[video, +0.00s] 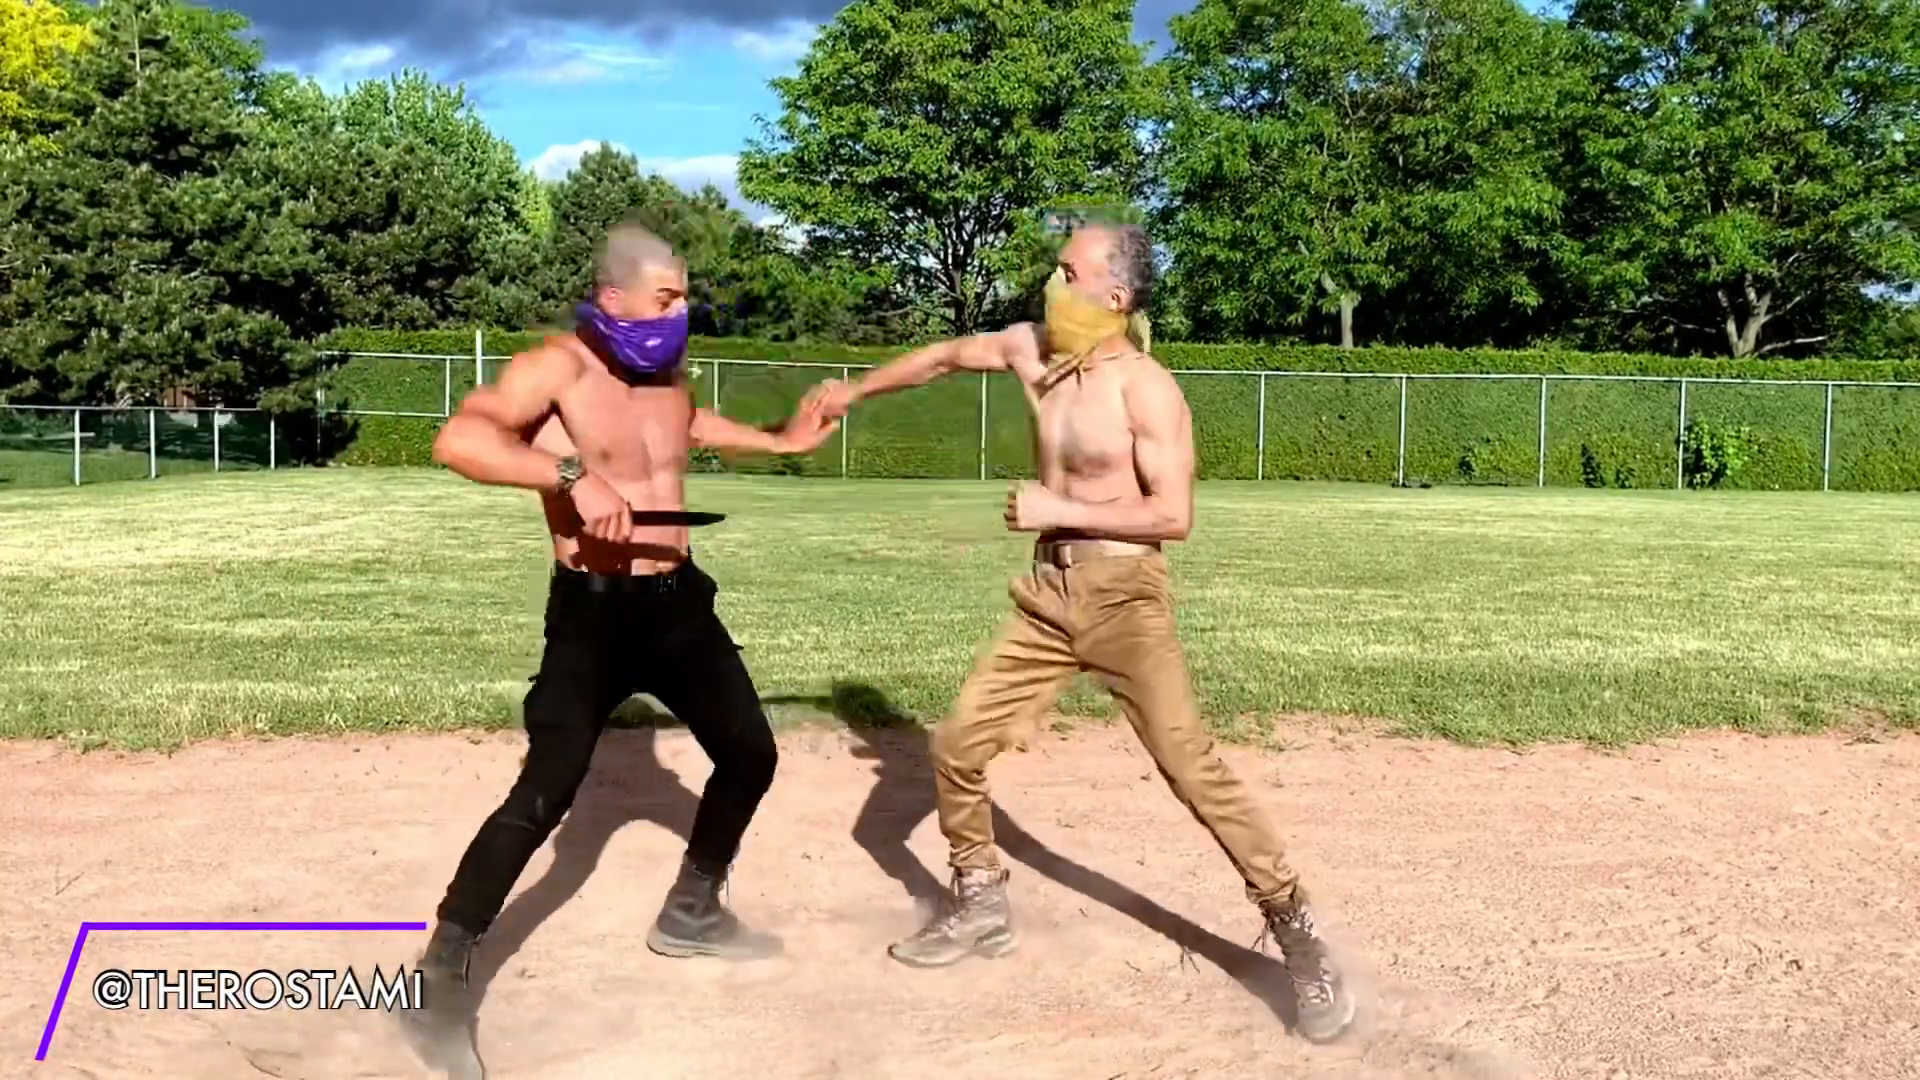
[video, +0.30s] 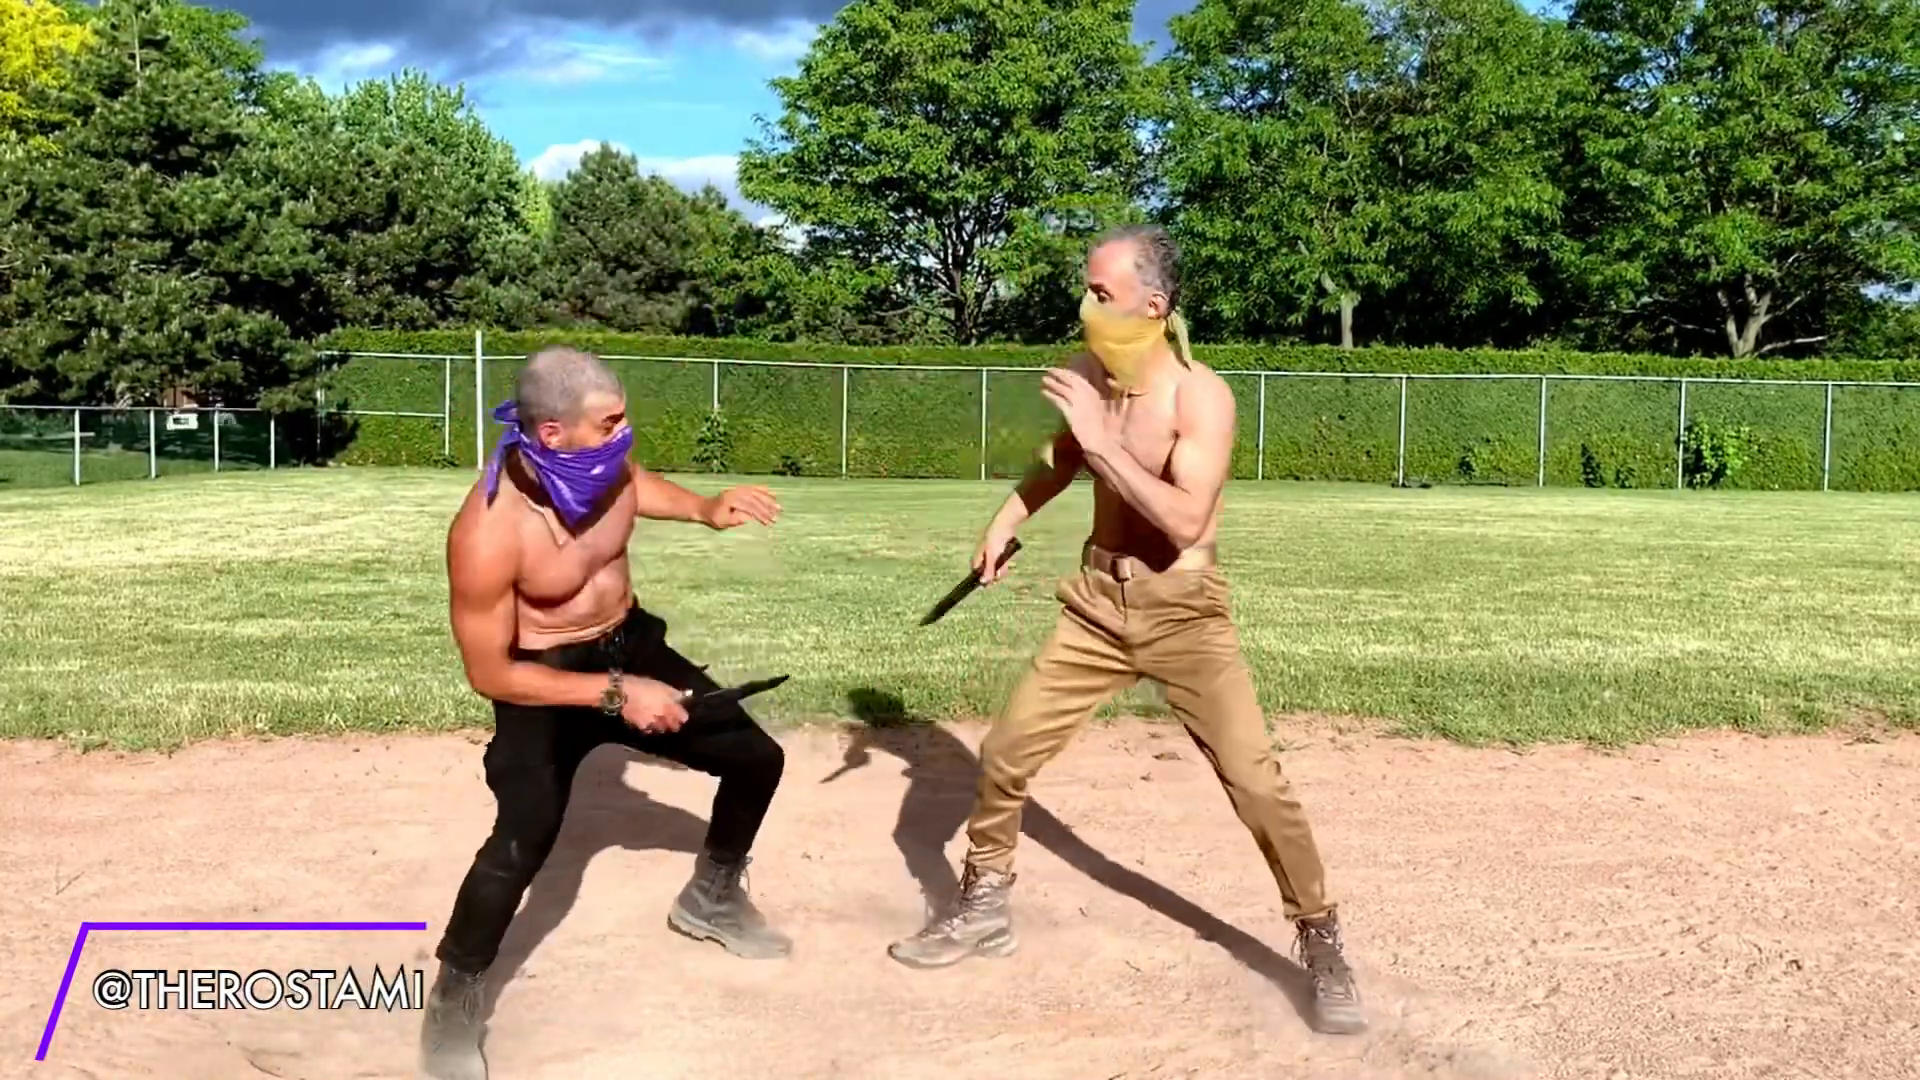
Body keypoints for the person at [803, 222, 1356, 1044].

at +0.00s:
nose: (1054, 276)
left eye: (1070, 267)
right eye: (1058, 263)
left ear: (1116, 290)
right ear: (1083, 284)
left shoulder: (1147, 386)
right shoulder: (1034, 350)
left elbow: (1173, 517)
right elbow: (942, 356)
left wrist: (1058, 510)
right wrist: (852, 390)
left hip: (1129, 600)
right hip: (1049, 595)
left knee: (1188, 764)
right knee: (958, 747)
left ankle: (1298, 936)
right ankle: (978, 905)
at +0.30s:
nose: (1087, 307)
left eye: (1102, 295)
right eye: (1086, 292)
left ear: (1155, 303)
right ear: (1106, 297)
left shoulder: (1206, 397)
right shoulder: (1091, 383)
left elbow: (1188, 523)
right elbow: (1058, 468)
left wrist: (1096, 438)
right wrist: (1008, 520)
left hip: (1188, 617)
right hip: (1096, 608)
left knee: (1255, 785)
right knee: (1005, 755)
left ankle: (1323, 947)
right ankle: (985, 908)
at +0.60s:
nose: (1066, 329)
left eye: (1076, 312)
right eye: (1061, 313)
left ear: (1129, 307)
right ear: (1093, 314)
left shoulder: (1200, 387)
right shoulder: (1114, 401)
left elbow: (1175, 503)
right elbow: (1135, 510)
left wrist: (1087, 427)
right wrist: (1091, 571)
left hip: (1216, 612)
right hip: (1131, 608)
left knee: (1261, 796)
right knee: (1031, 756)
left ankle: (1332, 950)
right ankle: (1018, 912)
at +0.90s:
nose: (1063, 319)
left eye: (1074, 304)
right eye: (1057, 305)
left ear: (1126, 301)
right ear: (1071, 305)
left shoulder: (1188, 385)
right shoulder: (1076, 395)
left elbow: (1187, 482)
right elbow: (1012, 472)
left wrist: (1095, 419)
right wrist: (928, 520)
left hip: (1210, 614)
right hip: (1133, 616)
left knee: (1257, 797)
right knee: (1041, 757)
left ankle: (1339, 941)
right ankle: (989, 909)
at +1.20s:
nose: (1092, 283)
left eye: (1106, 265)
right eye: (1090, 268)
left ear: (1146, 278)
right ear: (1116, 280)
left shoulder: (1158, 354)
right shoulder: (1153, 367)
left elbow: (1137, 303)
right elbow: (1236, 424)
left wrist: (1073, 211)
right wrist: (1200, 517)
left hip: (1166, 597)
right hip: (1114, 598)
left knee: (1223, 797)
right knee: (1024, 756)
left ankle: (1339, 943)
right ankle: (988, 913)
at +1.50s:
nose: (1112, 309)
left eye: (1122, 293)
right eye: (1111, 296)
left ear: (1170, 293)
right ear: (1144, 297)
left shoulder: (1232, 382)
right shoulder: (1141, 392)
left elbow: (1209, 470)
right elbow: (1142, 483)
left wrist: (1153, 362)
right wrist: (1062, 511)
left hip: (1236, 613)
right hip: (1162, 609)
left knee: (1249, 802)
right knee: (1052, 750)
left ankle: (1339, 962)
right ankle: (1025, 912)